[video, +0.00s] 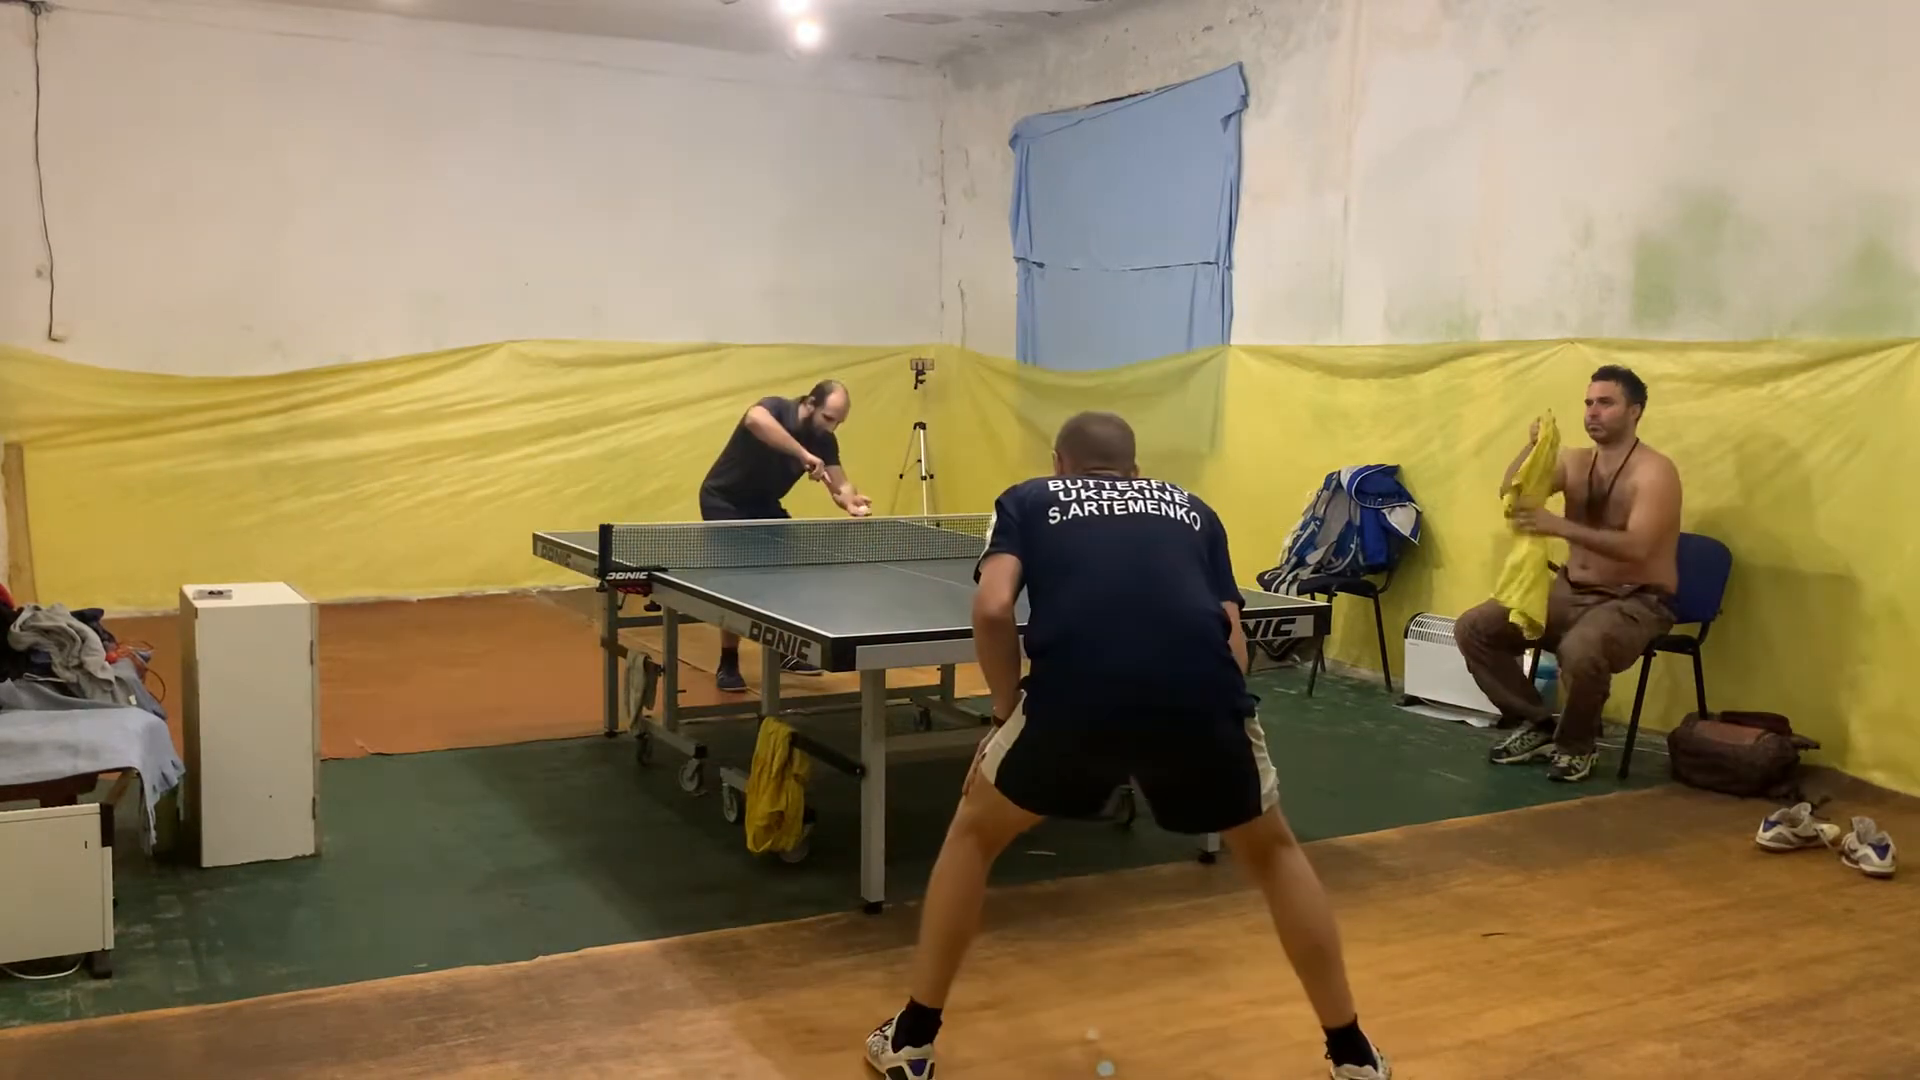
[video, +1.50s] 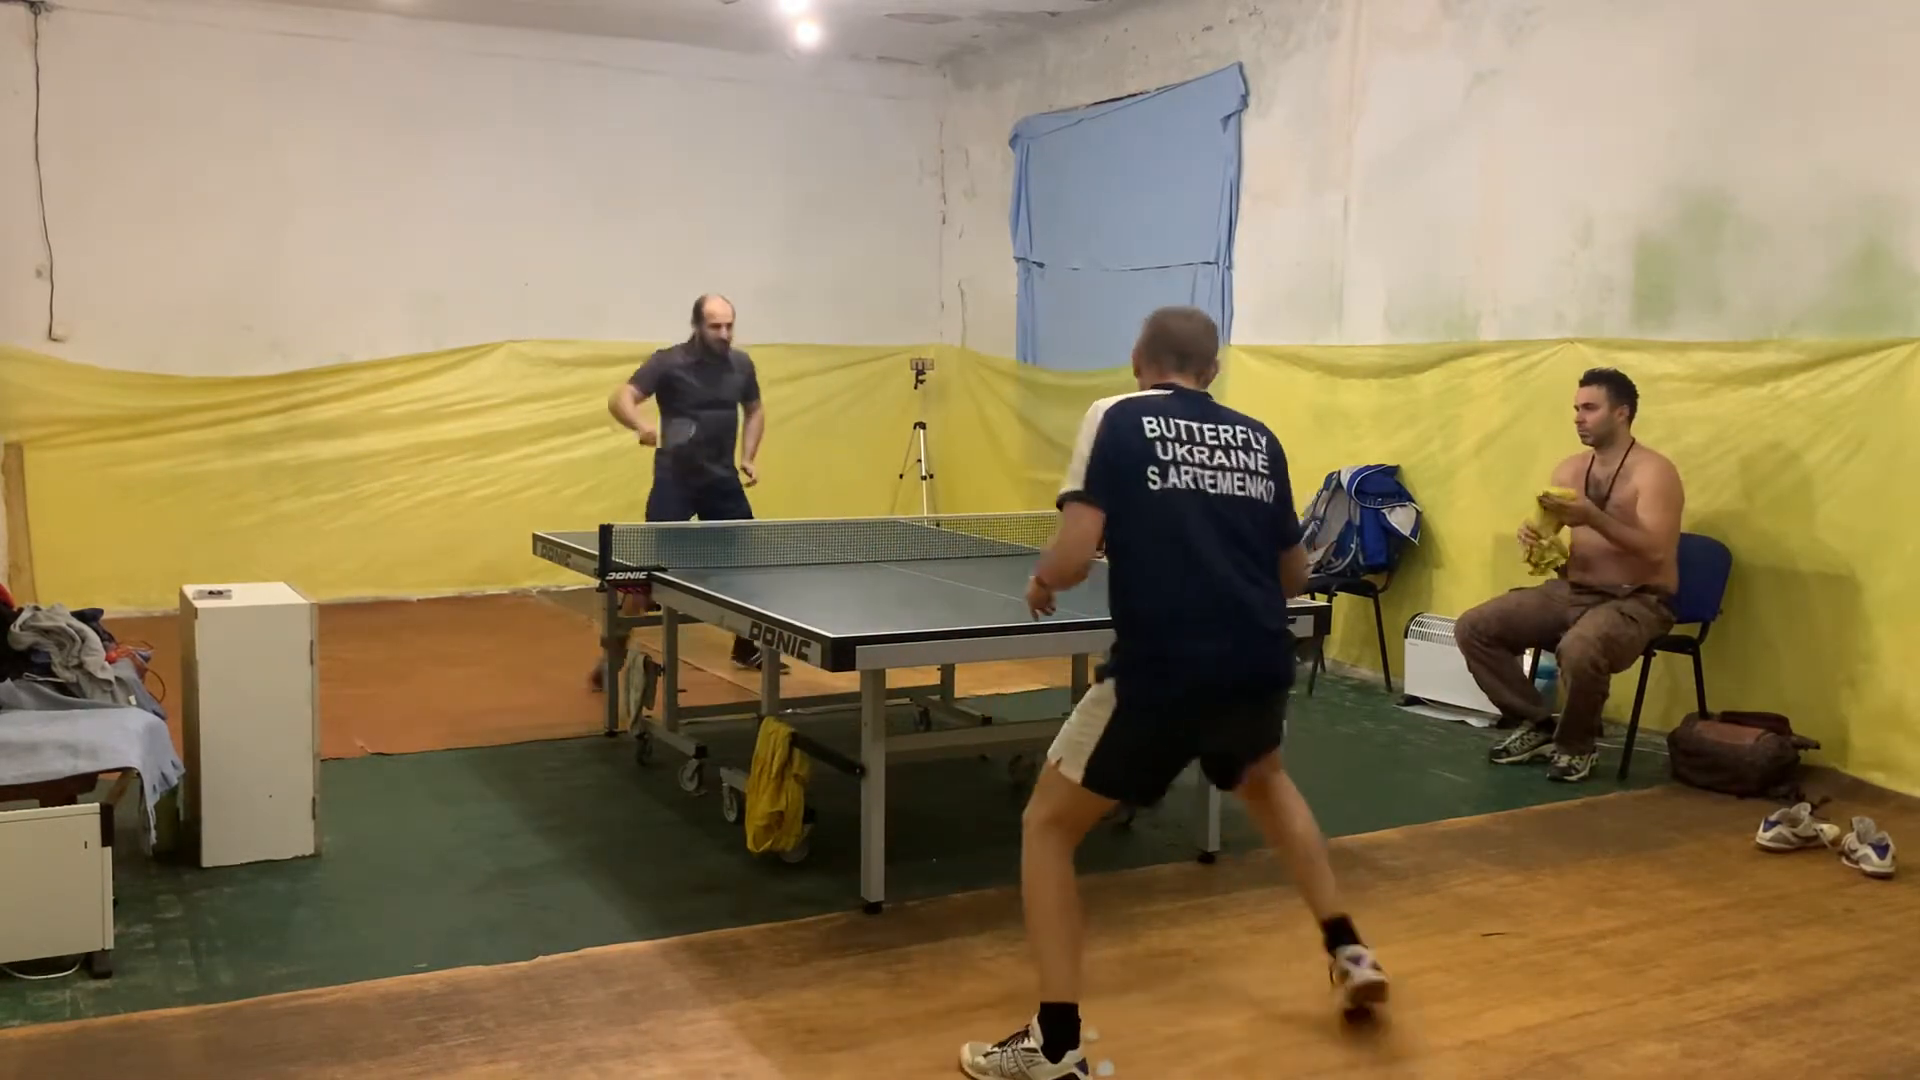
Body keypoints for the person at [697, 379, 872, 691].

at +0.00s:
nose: (832, 427)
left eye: (838, 422)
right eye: (829, 418)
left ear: (840, 416)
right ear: (810, 405)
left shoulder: (824, 440)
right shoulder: (778, 408)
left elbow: (839, 483)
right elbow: (754, 419)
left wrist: (849, 498)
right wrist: (802, 454)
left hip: (765, 504)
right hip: (723, 499)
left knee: (794, 569)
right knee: (736, 577)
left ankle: (785, 650)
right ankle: (729, 664)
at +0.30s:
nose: (829, 413)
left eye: (835, 406)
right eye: (824, 403)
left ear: (839, 404)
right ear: (805, 393)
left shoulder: (827, 427)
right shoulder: (777, 399)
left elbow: (842, 460)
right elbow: (757, 402)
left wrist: (863, 473)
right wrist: (804, 432)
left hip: (771, 504)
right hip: (729, 500)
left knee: (792, 573)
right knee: (736, 579)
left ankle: (785, 649)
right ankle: (730, 663)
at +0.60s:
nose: (821, 360)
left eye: (826, 354)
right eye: (814, 352)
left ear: (829, 355)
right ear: (793, 349)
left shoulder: (822, 389)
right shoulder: (765, 369)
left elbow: (853, 423)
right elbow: (756, 387)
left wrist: (875, 433)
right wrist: (819, 392)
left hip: (780, 490)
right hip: (741, 487)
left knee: (799, 566)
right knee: (743, 571)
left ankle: (789, 648)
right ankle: (731, 658)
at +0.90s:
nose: (817, 380)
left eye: (822, 373)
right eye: (811, 371)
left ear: (826, 369)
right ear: (790, 360)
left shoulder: (803, 385)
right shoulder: (757, 377)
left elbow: (817, 431)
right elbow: (785, 425)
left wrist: (836, 472)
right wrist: (814, 404)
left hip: (768, 482)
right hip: (730, 478)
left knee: (792, 555)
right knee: (745, 550)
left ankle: (785, 645)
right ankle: (703, 612)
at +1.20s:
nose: (788, 391)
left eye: (792, 384)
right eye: (782, 383)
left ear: (795, 380)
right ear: (761, 374)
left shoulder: (780, 405)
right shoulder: (730, 385)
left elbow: (797, 440)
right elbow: (684, 372)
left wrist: (813, 484)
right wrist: (691, 388)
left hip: (751, 499)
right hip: (711, 500)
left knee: (789, 562)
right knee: (720, 581)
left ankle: (785, 649)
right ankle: (686, 658)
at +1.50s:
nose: (724, 333)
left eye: (729, 326)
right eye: (716, 327)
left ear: (734, 325)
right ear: (697, 326)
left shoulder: (741, 365)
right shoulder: (669, 362)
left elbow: (754, 412)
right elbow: (620, 399)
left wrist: (748, 456)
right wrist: (640, 425)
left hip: (722, 483)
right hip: (674, 484)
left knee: (752, 556)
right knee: (653, 563)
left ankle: (747, 642)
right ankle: (616, 653)